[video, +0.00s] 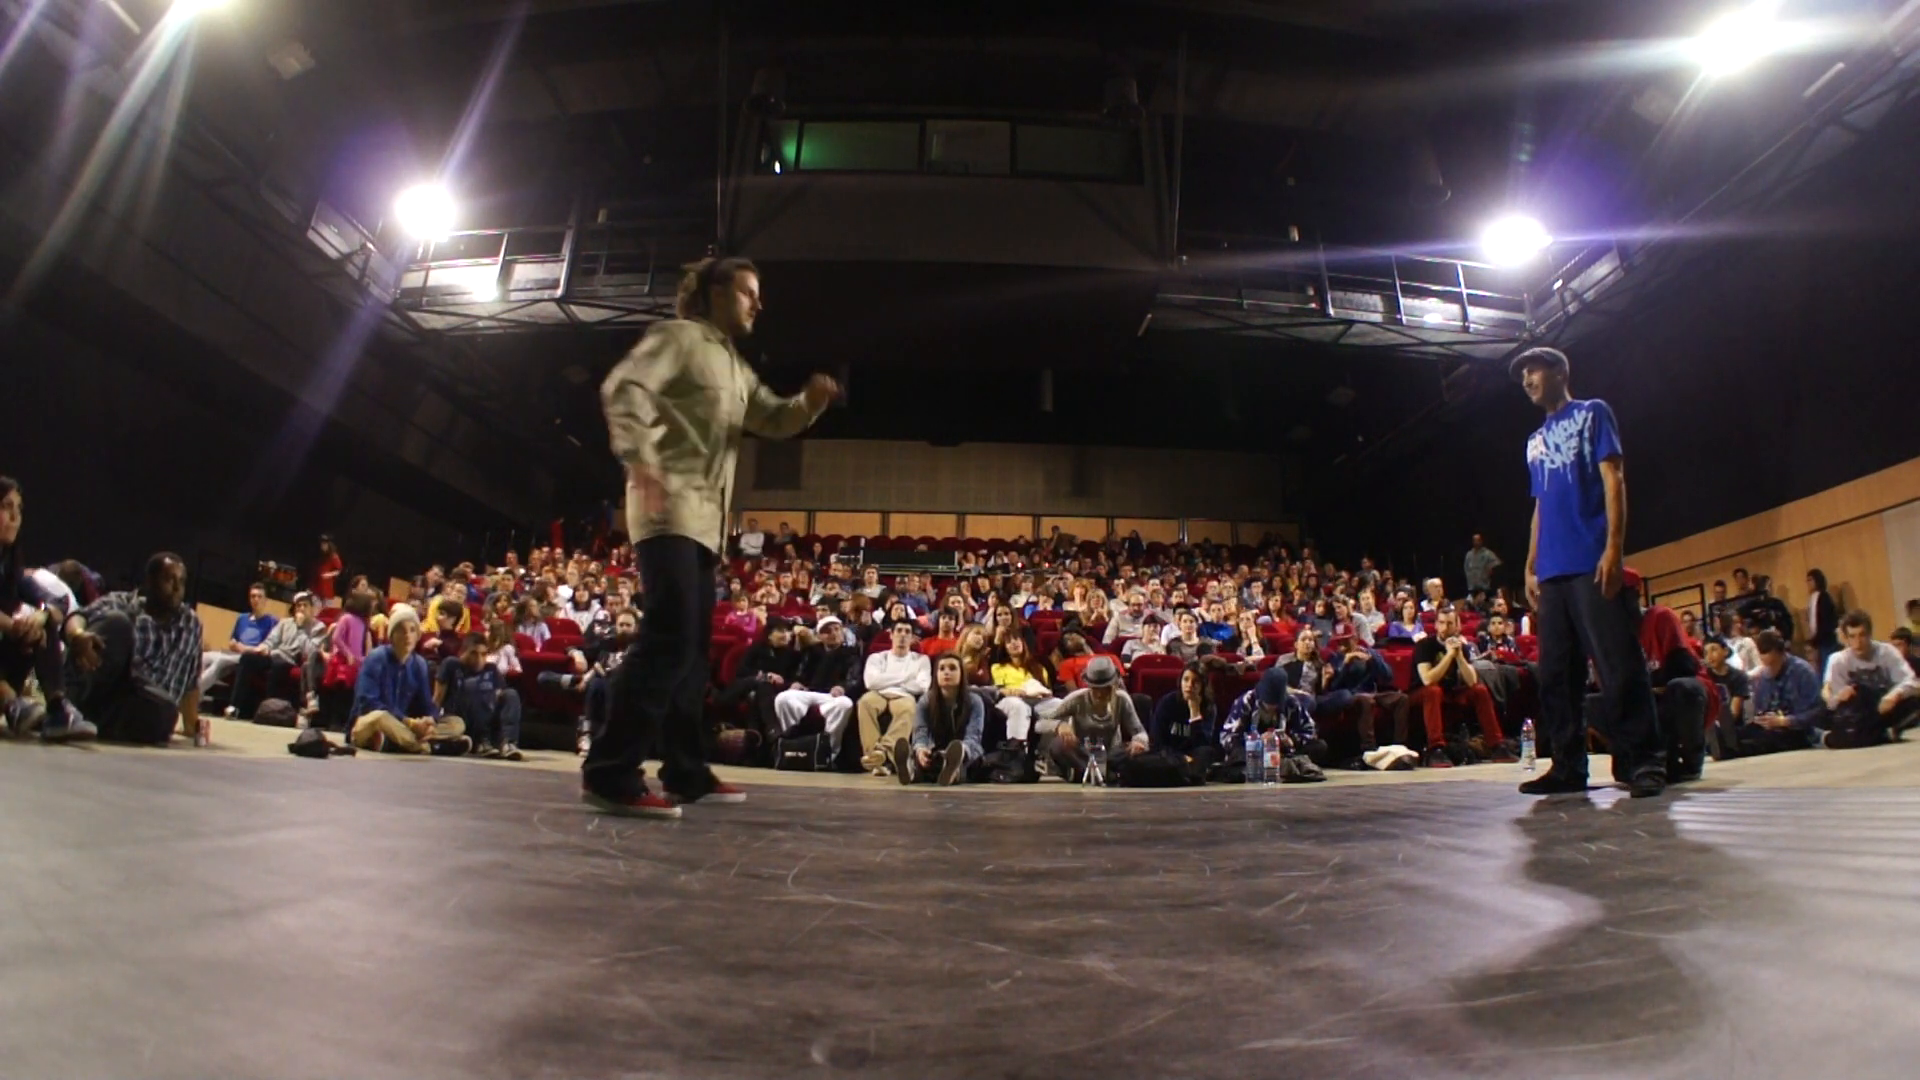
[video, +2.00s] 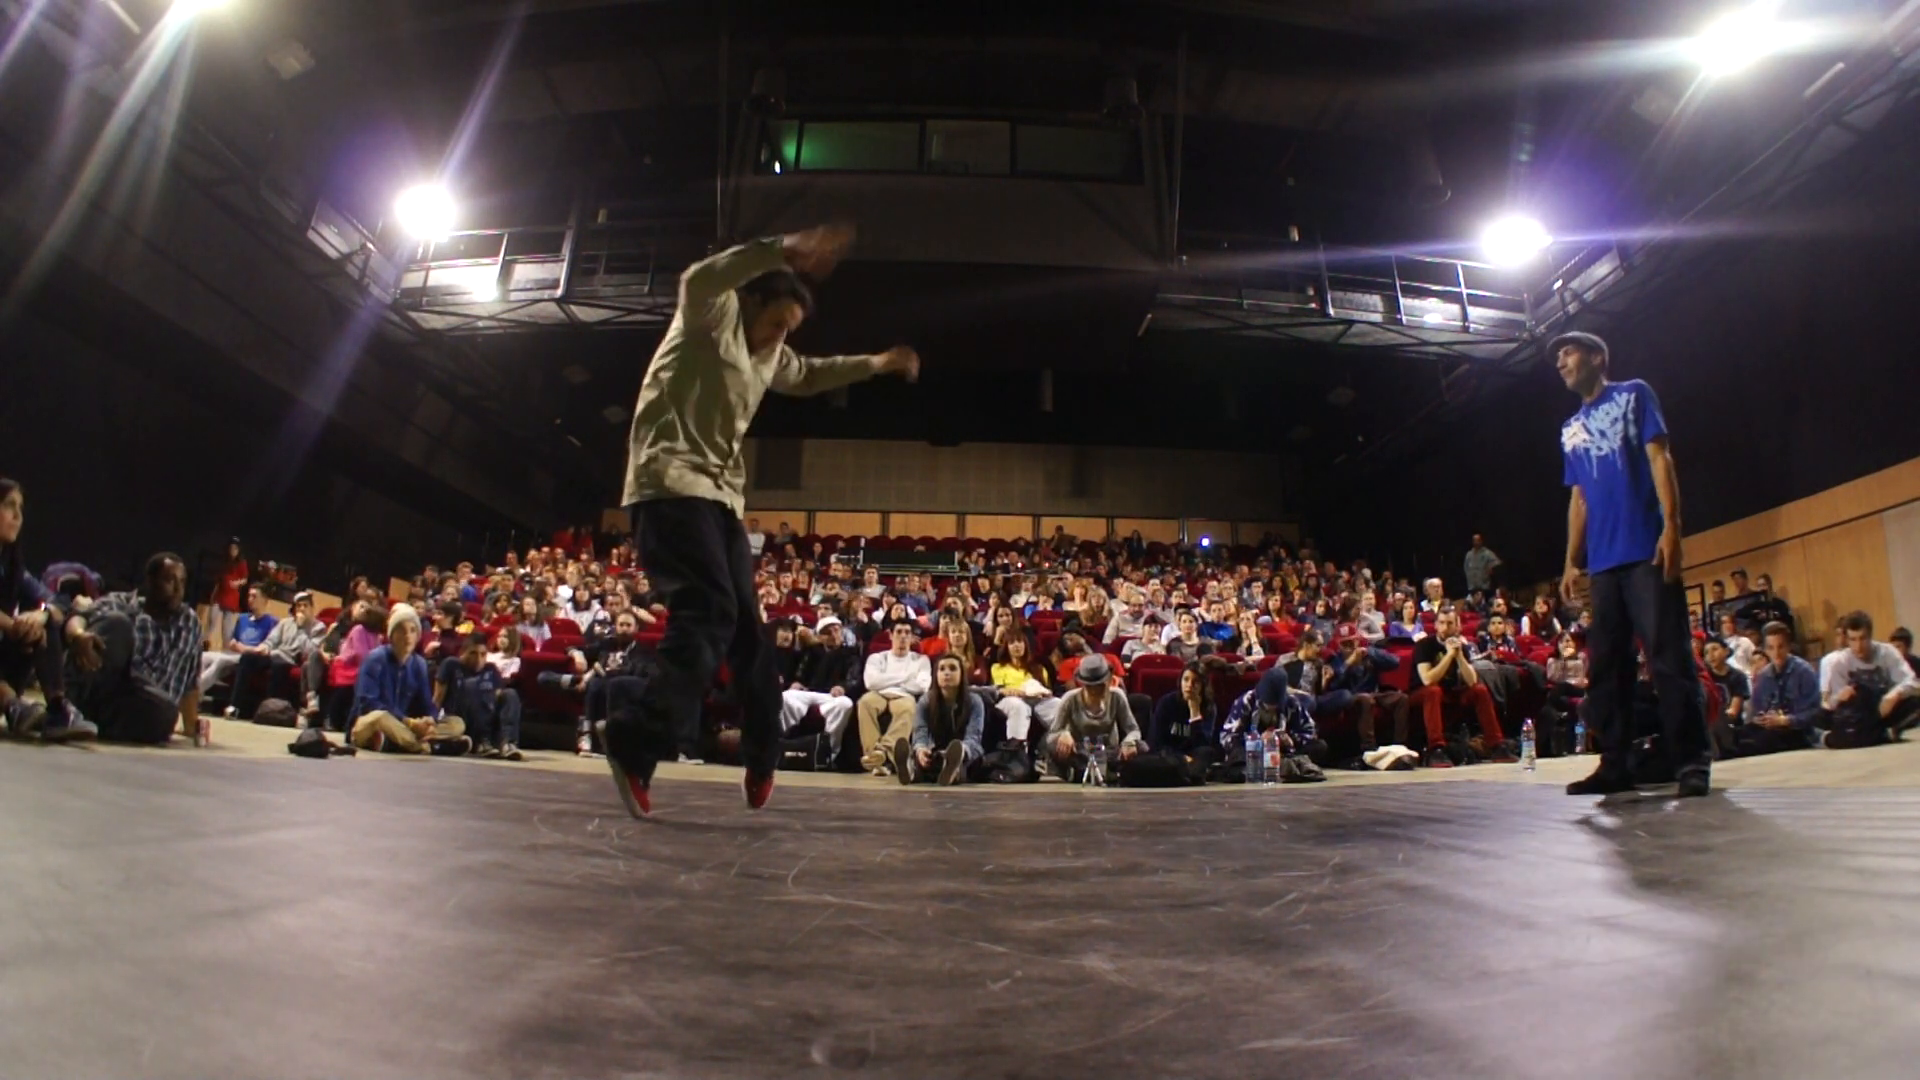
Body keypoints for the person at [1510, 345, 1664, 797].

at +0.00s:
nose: (1527, 380)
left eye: (1534, 370)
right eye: (1523, 376)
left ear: (1560, 373)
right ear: (1526, 386)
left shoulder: (1593, 412)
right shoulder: (1534, 442)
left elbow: (1614, 481)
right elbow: (1540, 506)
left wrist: (1614, 549)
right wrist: (1531, 566)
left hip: (1591, 565)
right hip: (1550, 574)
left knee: (1621, 669)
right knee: (1557, 674)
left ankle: (1644, 764)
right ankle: (1568, 767)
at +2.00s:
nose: (1561, 365)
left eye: (1568, 355)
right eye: (1558, 361)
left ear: (1598, 358)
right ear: (1562, 373)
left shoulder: (1633, 394)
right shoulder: (1570, 430)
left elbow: (1660, 458)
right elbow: (1578, 498)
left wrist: (1671, 529)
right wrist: (1571, 560)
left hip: (1646, 551)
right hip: (1602, 563)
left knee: (1668, 659)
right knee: (1607, 665)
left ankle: (1691, 763)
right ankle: (1615, 764)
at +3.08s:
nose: (1577, 359)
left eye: (1584, 349)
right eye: (1574, 355)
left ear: (1614, 350)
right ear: (1579, 366)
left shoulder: (1650, 393)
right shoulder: (1587, 422)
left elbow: (1673, 464)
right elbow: (1588, 490)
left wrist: (1674, 536)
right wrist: (1580, 554)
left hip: (1648, 551)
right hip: (1603, 560)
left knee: (1668, 661)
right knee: (1612, 665)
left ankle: (1691, 765)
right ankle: (1622, 764)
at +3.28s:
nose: (1578, 358)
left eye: (1586, 348)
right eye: (1575, 353)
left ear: (1615, 350)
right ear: (1579, 364)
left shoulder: (1647, 392)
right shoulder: (1584, 422)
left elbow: (1671, 462)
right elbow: (1587, 492)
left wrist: (1673, 533)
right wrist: (1581, 555)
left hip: (1648, 551)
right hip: (1604, 561)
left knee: (1669, 661)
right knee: (1613, 666)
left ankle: (1691, 764)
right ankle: (1622, 764)